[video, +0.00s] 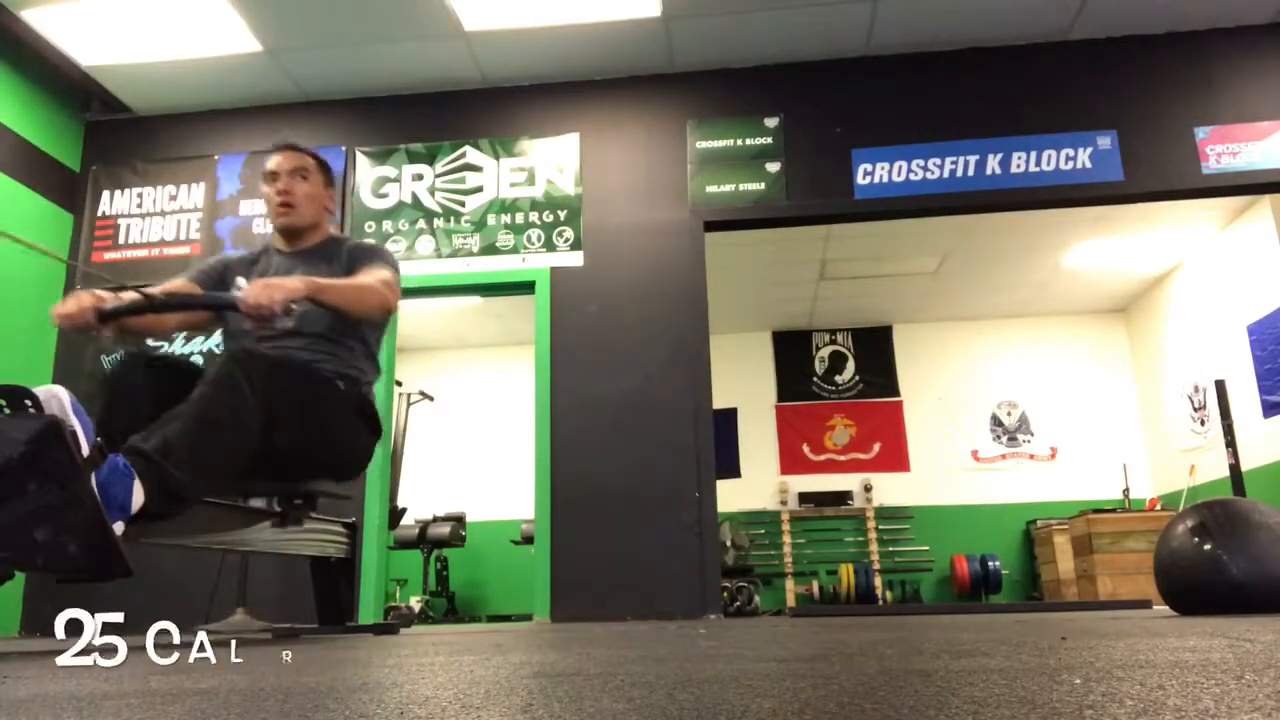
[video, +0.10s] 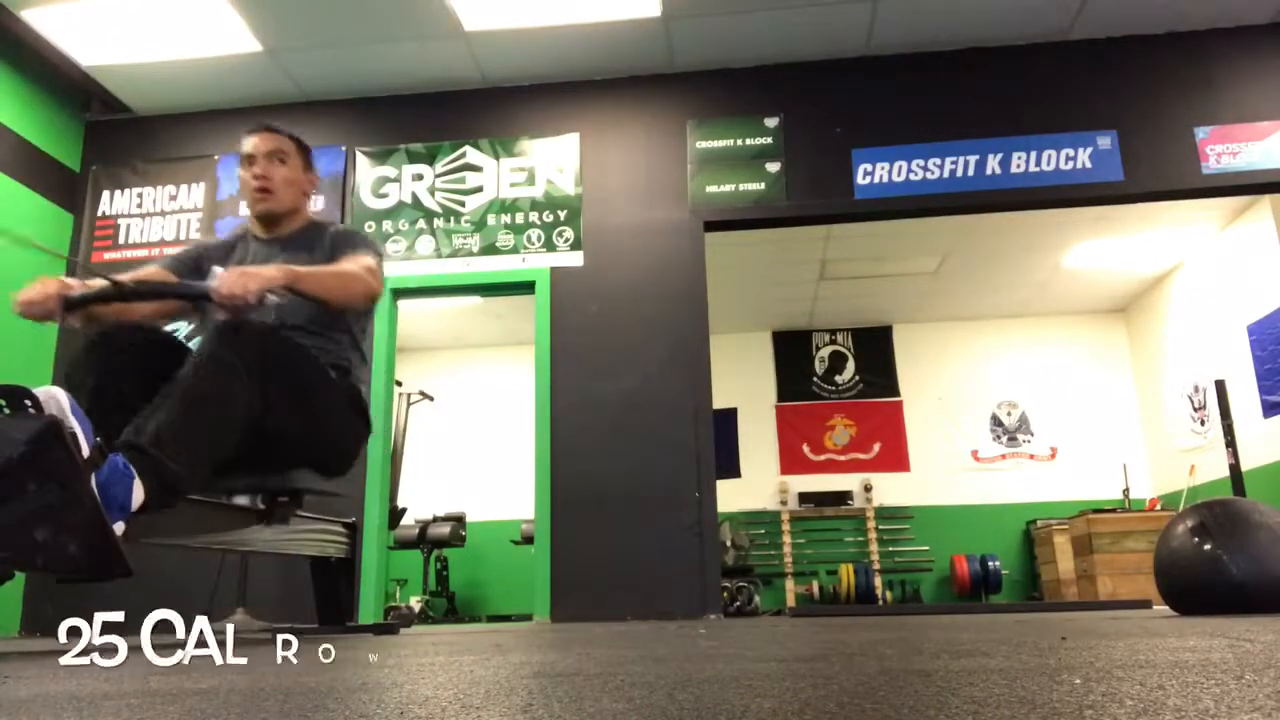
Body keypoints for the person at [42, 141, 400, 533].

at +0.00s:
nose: (282, 187)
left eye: (300, 177)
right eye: (273, 179)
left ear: (330, 200)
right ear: (263, 196)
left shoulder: (362, 257)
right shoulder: (242, 268)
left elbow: (381, 299)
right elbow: (168, 309)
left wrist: (301, 286)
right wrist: (106, 307)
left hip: (335, 420)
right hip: (242, 413)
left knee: (243, 371)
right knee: (139, 370)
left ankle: (128, 488)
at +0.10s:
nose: (260, 171)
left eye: (278, 160)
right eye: (250, 162)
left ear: (309, 184)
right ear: (239, 181)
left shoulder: (341, 242)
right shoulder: (218, 253)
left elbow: (365, 287)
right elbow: (141, 291)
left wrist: (280, 275)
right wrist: (74, 296)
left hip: (322, 421)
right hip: (226, 420)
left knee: (241, 339)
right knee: (119, 338)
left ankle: (122, 488)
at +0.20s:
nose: (229, 152)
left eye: (249, 140)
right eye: (219, 142)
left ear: (285, 164)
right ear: (209, 162)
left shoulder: (316, 224)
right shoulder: (192, 238)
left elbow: (342, 272)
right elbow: (105, 272)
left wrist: (243, 264)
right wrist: (30, 283)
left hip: (301, 418)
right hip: (199, 419)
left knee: (233, 314)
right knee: (106, 312)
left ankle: (123, 478)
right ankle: (23, 450)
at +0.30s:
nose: (196, 130)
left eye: (216, 116)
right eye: (183, 119)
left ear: (252, 137)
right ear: (172, 139)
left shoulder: (294, 204)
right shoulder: (161, 220)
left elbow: (315, 253)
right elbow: (62, 254)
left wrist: (200, 251)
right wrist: (15, 262)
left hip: (282, 413)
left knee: (220, 284)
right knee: (73, 284)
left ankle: (124, 466)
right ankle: (16, 442)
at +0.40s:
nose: (157, 107)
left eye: (180, 92)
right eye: (144, 96)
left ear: (223, 117)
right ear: (133, 117)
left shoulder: (266, 180)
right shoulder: (113, 197)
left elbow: (281, 233)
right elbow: (12, 233)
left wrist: (159, 227)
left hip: (261, 407)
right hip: (144, 404)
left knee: (208, 256)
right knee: (30, 265)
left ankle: (124, 458)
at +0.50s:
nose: (123, 85)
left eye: (146, 70)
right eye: (108, 74)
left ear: (194, 97)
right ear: (96, 100)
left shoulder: (239, 164)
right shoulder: (71, 180)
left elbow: (244, 212)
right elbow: (8, 204)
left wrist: (92, 204)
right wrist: (30, 227)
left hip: (242, 399)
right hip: (114, 388)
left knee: (190, 237)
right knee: (17, 244)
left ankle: (125, 451)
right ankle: (16, 437)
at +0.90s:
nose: (170, 90)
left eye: (194, 79)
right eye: (160, 81)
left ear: (234, 110)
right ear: (147, 108)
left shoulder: (273, 175)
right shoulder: (121, 187)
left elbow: (245, 216)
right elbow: (26, 221)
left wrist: (129, 176)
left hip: (254, 393)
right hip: (137, 388)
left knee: (189, 248)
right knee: (53, 256)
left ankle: (120, 458)